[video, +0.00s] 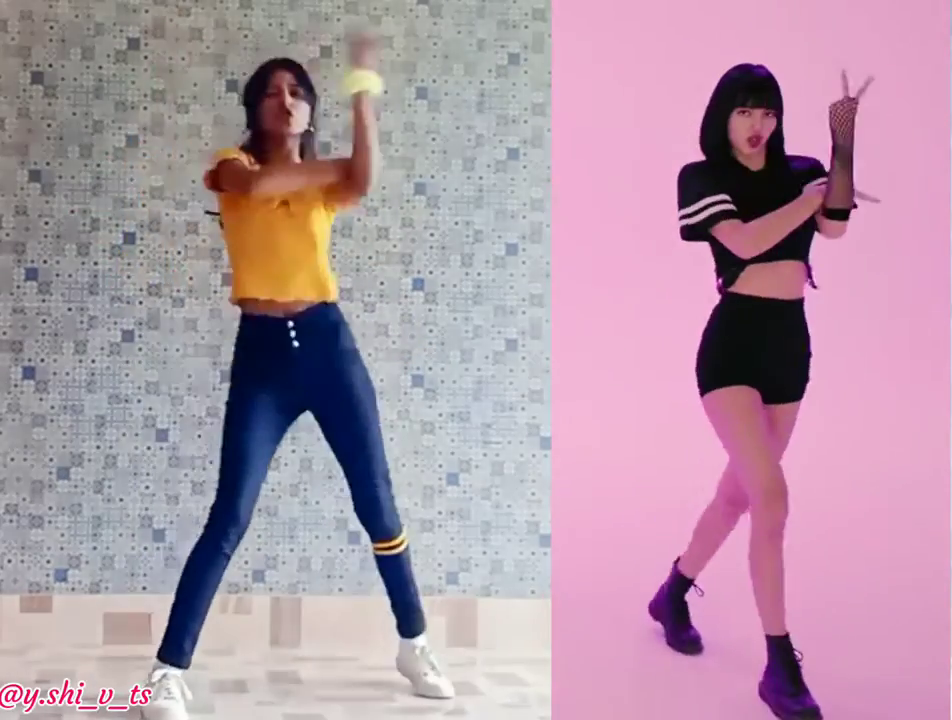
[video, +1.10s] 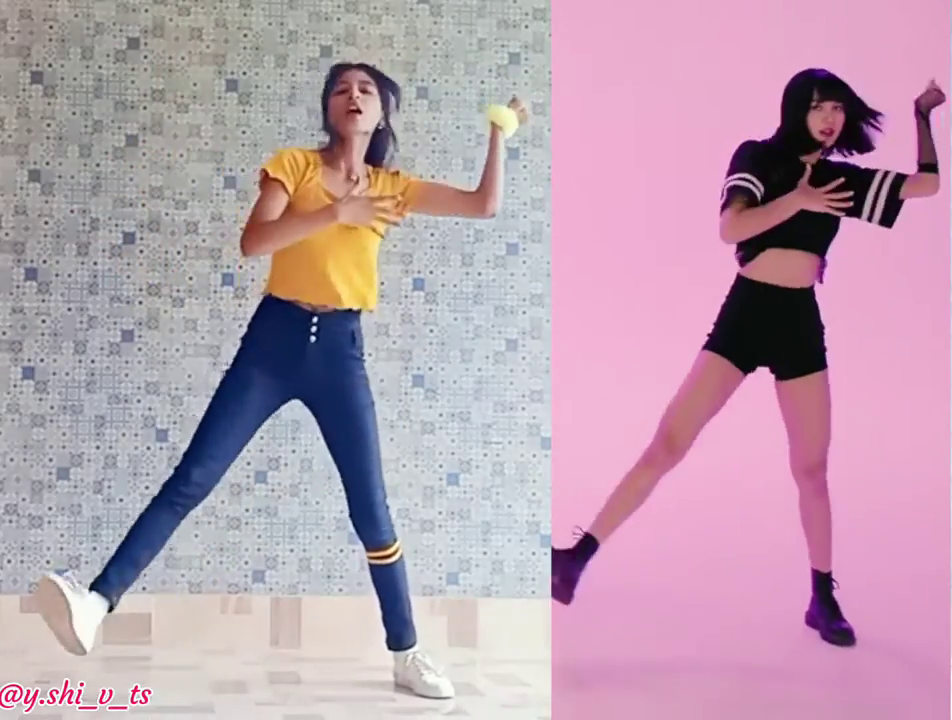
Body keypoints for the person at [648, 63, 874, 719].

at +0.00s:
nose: (757, 123)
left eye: (767, 111)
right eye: (744, 111)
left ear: (780, 119)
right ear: (720, 118)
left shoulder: (799, 173)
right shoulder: (703, 178)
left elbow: (836, 219)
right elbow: (741, 244)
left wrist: (844, 144)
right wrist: (814, 196)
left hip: (790, 347)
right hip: (731, 345)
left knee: (736, 496)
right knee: (771, 502)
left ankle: (673, 591)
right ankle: (780, 663)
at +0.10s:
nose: (771, 121)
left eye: (781, 110)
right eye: (759, 108)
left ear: (794, 118)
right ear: (735, 113)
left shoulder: (811, 170)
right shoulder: (717, 173)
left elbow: (850, 218)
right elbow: (761, 240)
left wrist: (850, 142)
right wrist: (833, 196)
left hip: (805, 346)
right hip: (746, 345)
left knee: (798, 513)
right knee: (774, 511)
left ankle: (704, 569)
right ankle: (777, 663)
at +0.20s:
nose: (782, 120)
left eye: (792, 110)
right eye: (771, 108)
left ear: (805, 117)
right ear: (746, 112)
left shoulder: (820, 169)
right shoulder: (727, 173)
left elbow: (864, 213)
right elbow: (776, 238)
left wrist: (869, 135)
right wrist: (843, 190)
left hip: (812, 352)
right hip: (753, 349)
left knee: (852, 510)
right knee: (779, 511)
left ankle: (750, 534)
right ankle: (771, 660)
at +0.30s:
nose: (792, 120)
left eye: (802, 109)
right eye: (779, 108)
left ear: (815, 116)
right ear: (755, 112)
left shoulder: (826, 170)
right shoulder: (737, 172)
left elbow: (875, 207)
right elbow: (795, 236)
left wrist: (894, 130)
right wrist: (853, 189)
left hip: (826, 352)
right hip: (764, 352)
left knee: (919, 478)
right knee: (779, 508)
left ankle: (824, 522)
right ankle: (761, 650)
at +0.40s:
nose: (799, 121)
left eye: (809, 109)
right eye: (787, 109)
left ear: (820, 114)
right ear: (763, 112)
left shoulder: (833, 166)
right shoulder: (743, 171)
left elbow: (886, 222)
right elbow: (798, 238)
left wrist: (858, 156)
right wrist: (859, 190)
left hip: (835, 349)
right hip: (773, 348)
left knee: (927, 483)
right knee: (777, 503)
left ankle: (872, 575)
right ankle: (754, 645)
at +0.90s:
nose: (806, 121)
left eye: (815, 111)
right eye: (794, 110)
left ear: (825, 118)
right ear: (771, 117)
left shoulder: (847, 169)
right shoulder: (752, 174)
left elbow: (921, 194)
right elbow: (735, 252)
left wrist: (933, 128)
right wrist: (794, 199)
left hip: (814, 336)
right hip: (754, 327)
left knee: (844, 480)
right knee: (713, 467)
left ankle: (845, 603)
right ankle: (662, 598)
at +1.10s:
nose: (829, 118)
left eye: (837, 109)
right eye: (818, 108)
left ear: (847, 117)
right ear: (796, 111)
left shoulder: (840, 177)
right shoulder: (758, 156)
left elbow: (927, 184)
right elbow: (731, 229)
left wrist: (923, 119)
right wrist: (796, 201)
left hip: (800, 325)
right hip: (742, 317)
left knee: (812, 470)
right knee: (665, 450)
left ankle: (823, 597)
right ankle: (576, 558)